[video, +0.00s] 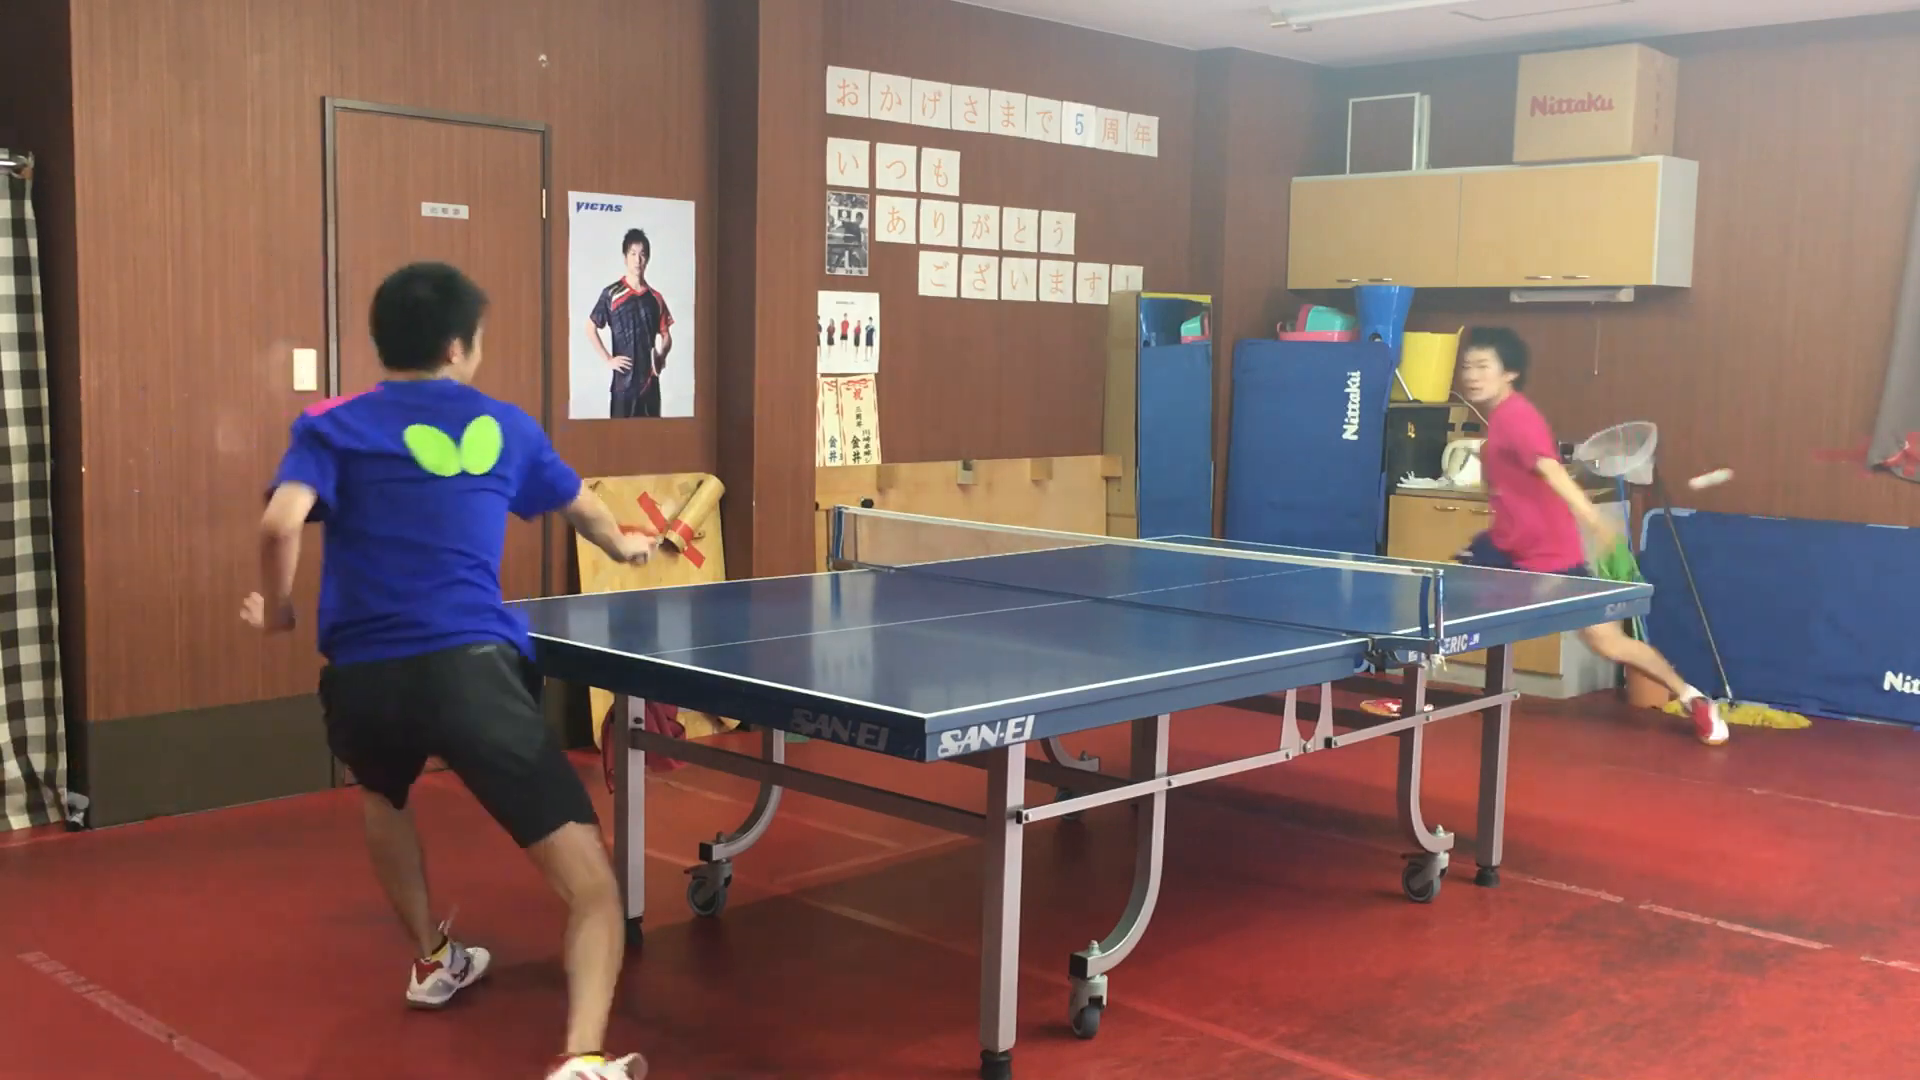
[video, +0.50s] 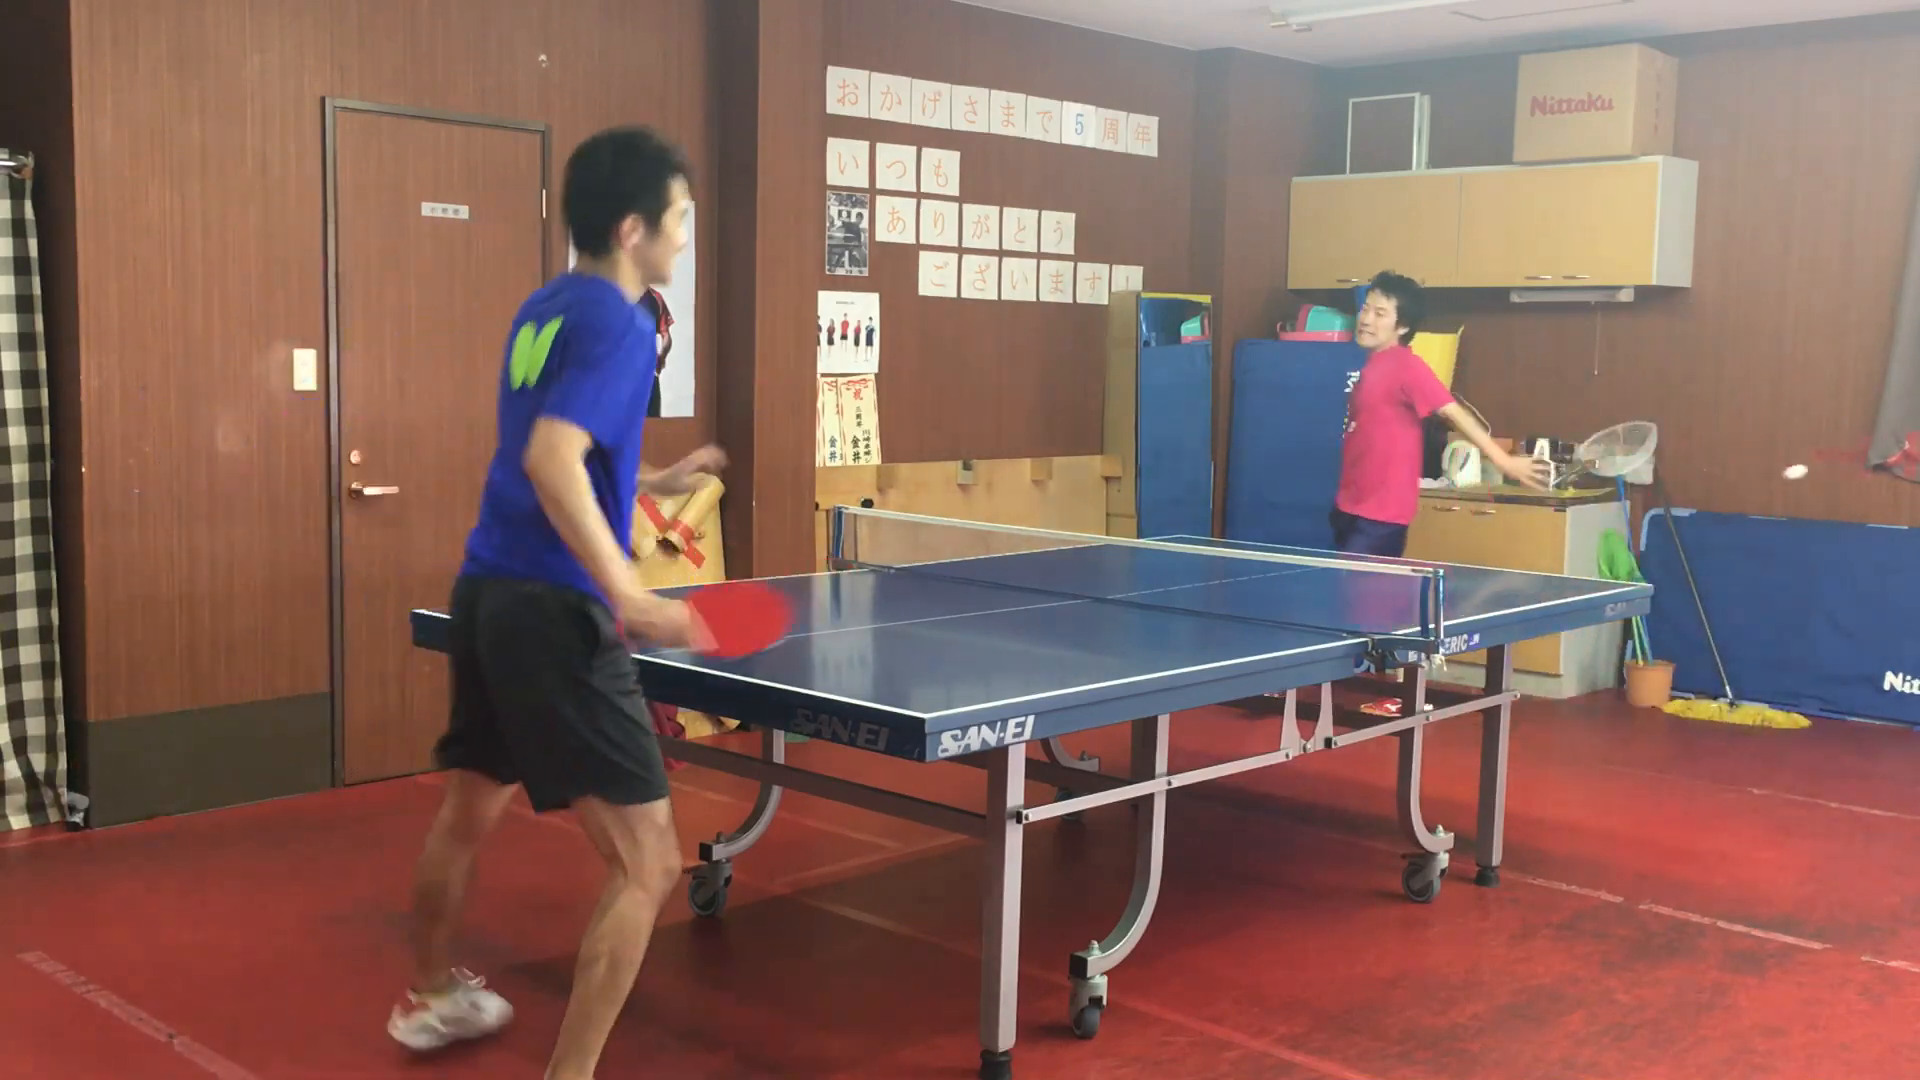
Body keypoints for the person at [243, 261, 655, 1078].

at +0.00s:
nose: (479, 355)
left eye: (477, 341)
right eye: (478, 342)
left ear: (384, 345)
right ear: (460, 347)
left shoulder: (333, 423)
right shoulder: (502, 425)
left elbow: (280, 520)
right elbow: (584, 509)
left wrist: (276, 608)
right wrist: (623, 545)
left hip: (361, 683)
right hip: (471, 675)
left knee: (383, 797)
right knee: (591, 889)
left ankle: (432, 959)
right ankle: (583, 1056)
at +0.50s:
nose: (688, 235)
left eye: (687, 216)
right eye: (681, 216)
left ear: (598, 223)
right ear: (635, 226)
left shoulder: (544, 309)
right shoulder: (619, 322)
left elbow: (547, 456)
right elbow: (550, 461)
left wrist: (653, 478)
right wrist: (628, 592)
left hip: (486, 604)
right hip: (553, 614)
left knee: (465, 813)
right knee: (647, 860)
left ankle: (431, 994)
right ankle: (572, 1068)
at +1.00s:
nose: (948, 236)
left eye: (953, 212)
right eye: (943, 208)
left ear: (882, 208)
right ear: (875, 203)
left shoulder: (885, 352)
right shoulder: (744, 317)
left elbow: (874, 519)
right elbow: (623, 479)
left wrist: (939, 645)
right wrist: (568, 660)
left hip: (830, 702)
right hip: (750, 699)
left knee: (780, 940)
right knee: (831, 997)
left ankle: (598, 1047)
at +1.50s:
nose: (1373, 216)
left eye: (1374, 185)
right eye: (1362, 180)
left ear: (1292, 181)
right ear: (1286, 178)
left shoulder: (1312, 357)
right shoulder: (1149, 334)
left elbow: (1297, 573)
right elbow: (1057, 545)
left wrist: (1350, 741)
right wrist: (1219, 685)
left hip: (1306, 772)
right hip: (1193, 785)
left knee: (1369, 1055)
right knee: (1203, 1058)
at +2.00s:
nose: (1801, 175)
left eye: (1802, 147)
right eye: (1798, 144)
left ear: (1644, 154)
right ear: (1762, 148)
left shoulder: (1602, 307)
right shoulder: (1736, 316)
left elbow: (1644, 544)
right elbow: (1760, 568)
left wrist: (1854, 605)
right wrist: (1894, 617)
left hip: (1614, 776)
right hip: (1729, 798)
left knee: (1649, 1049)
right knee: (1794, 1058)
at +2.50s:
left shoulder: (1875, 332)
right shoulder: (1871, 333)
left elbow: (1786, 535)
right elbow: (1787, 534)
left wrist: (1875, 611)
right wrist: (1877, 612)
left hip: (1893, 724)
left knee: (1917, 996)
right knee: (1912, 993)